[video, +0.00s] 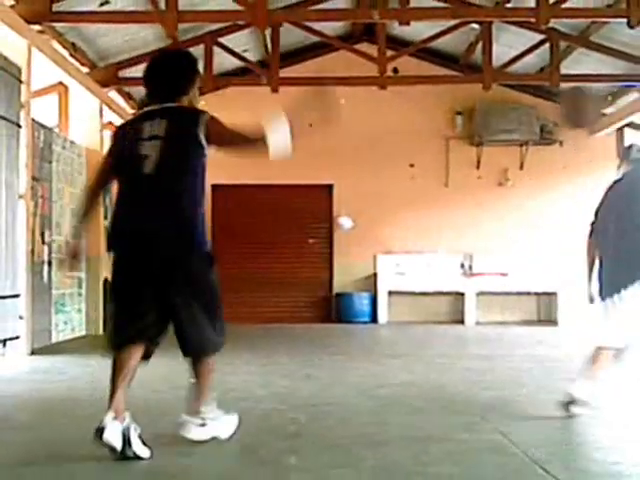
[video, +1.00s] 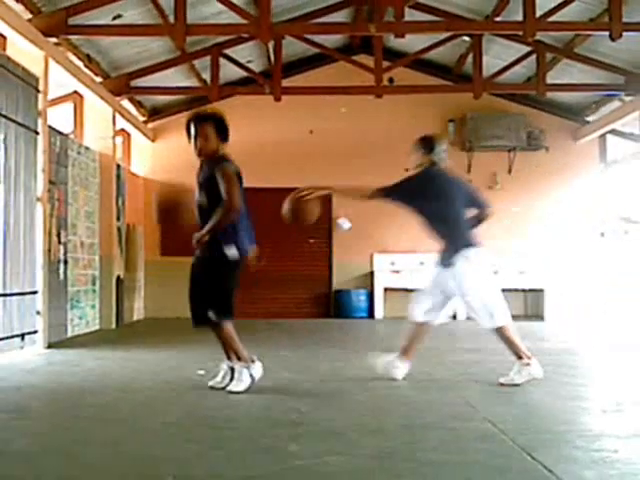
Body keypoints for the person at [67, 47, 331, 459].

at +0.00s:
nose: (198, 89)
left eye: (197, 83)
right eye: (195, 83)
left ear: (148, 85)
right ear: (188, 86)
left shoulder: (127, 130)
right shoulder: (194, 120)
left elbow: (99, 184)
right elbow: (234, 139)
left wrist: (77, 232)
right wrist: (269, 135)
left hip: (132, 247)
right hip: (181, 246)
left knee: (134, 331)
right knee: (204, 327)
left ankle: (115, 420)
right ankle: (200, 415)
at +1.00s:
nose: (200, 144)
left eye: (206, 137)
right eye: (197, 138)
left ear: (221, 139)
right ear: (193, 140)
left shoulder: (224, 167)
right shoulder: (206, 169)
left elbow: (233, 206)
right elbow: (218, 207)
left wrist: (206, 232)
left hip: (225, 248)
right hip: (210, 247)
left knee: (216, 309)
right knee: (208, 309)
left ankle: (246, 362)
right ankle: (231, 362)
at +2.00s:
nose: (222, 171)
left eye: (226, 166)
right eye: (218, 166)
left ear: (232, 166)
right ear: (210, 165)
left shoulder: (240, 191)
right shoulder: (197, 189)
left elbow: (246, 226)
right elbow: (188, 227)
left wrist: (248, 257)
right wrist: (197, 259)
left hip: (231, 259)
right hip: (204, 258)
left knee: (227, 306)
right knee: (197, 304)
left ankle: (224, 348)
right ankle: (206, 336)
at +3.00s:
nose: (216, 168)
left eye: (221, 163)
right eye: (212, 162)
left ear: (228, 162)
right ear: (204, 162)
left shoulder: (236, 189)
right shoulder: (192, 187)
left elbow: (241, 226)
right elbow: (183, 221)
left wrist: (242, 259)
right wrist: (182, 234)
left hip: (226, 257)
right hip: (198, 256)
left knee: (223, 306)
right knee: (193, 302)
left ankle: (219, 353)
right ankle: (198, 340)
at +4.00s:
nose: (207, 174)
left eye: (211, 169)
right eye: (203, 169)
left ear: (218, 166)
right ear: (196, 166)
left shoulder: (228, 188)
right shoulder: (186, 187)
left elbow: (244, 214)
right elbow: (170, 217)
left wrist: (257, 231)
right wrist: (168, 242)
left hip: (220, 256)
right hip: (191, 256)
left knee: (223, 303)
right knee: (187, 304)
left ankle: (225, 347)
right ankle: (187, 348)